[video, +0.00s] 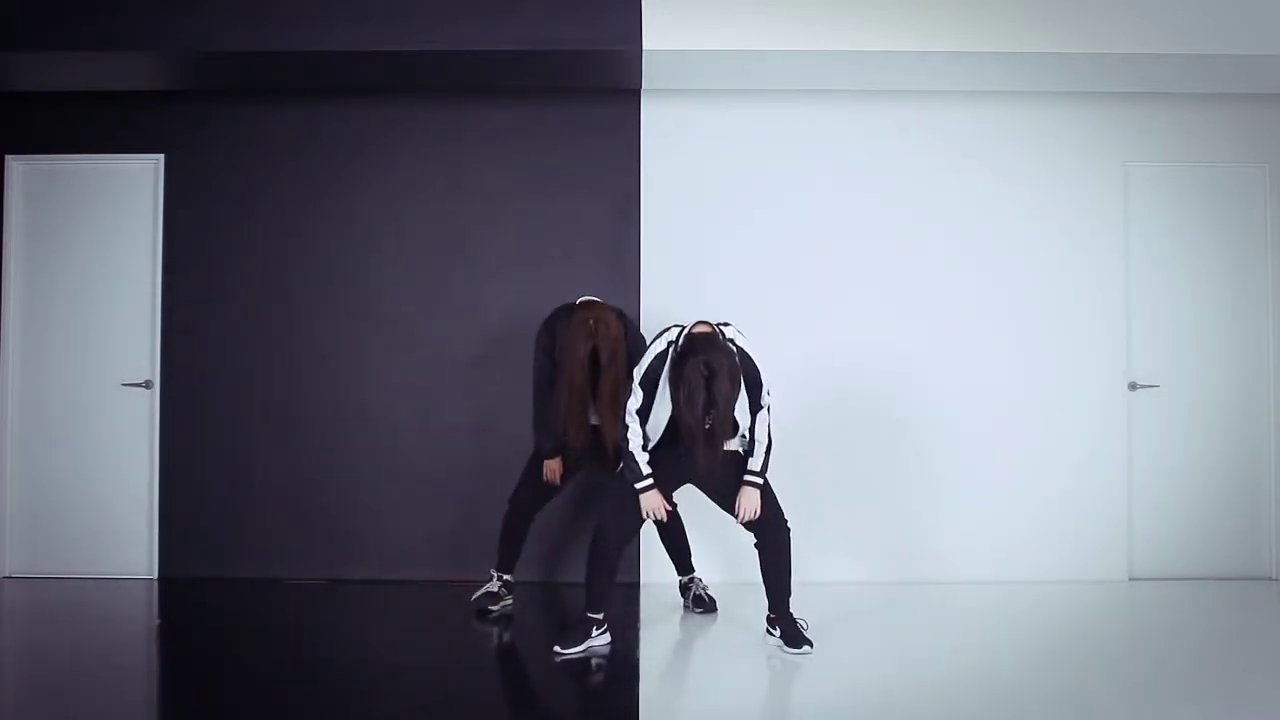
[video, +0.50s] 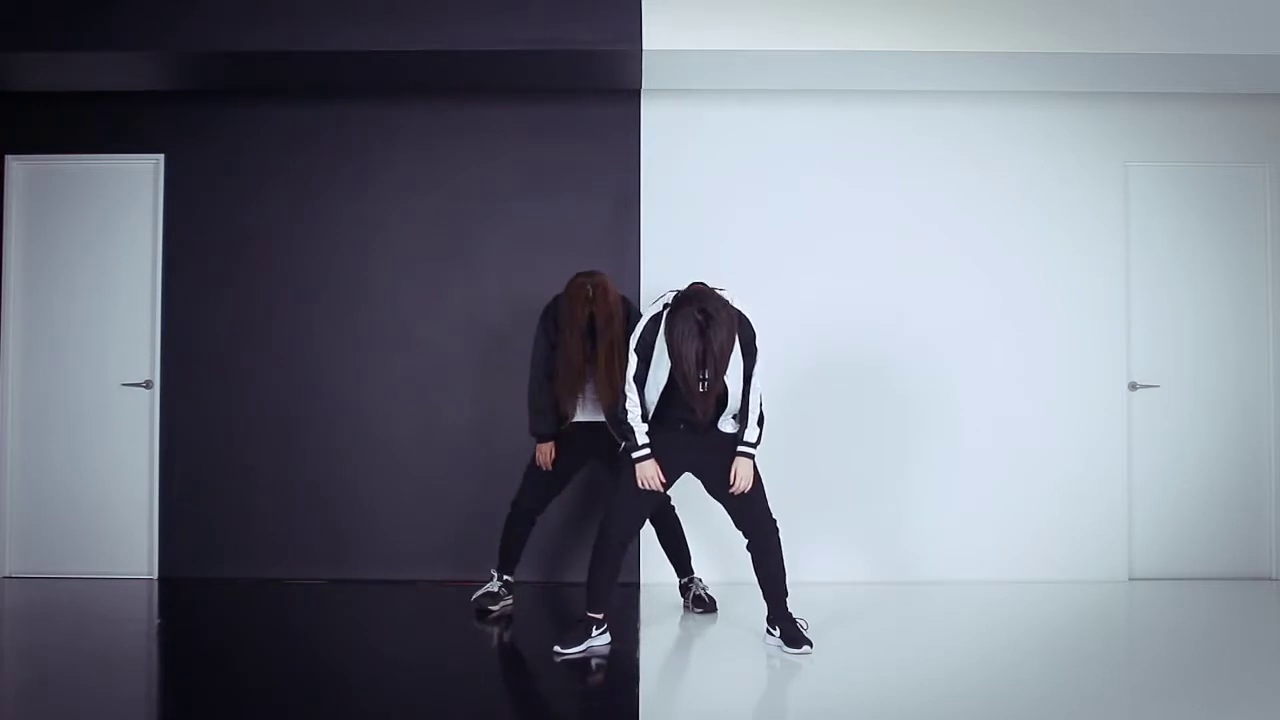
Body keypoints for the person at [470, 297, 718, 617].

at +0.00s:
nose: (594, 361)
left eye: (600, 355)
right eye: (587, 355)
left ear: (611, 335)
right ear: (573, 337)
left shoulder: (626, 330)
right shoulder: (554, 330)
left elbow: (645, 387)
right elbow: (544, 393)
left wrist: (642, 444)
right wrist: (549, 450)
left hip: (619, 437)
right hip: (567, 439)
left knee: (660, 501)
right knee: (523, 503)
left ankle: (690, 583)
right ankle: (501, 582)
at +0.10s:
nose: (595, 356)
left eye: (601, 350)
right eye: (587, 350)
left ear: (611, 330)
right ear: (573, 332)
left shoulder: (626, 326)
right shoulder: (554, 326)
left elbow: (645, 385)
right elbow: (543, 390)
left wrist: (642, 443)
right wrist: (548, 447)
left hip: (619, 437)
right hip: (568, 439)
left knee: (660, 503)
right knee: (524, 502)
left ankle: (690, 583)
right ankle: (501, 581)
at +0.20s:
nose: (594, 351)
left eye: (601, 345)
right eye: (586, 345)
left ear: (612, 327)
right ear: (574, 327)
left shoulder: (629, 327)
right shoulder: (555, 323)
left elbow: (645, 386)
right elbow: (542, 387)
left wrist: (640, 446)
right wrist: (546, 444)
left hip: (618, 436)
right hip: (568, 438)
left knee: (659, 502)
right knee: (524, 503)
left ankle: (690, 583)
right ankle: (501, 581)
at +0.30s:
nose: (594, 345)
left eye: (601, 337)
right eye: (586, 337)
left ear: (612, 320)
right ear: (573, 322)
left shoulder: (628, 322)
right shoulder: (555, 321)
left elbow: (645, 381)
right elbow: (541, 383)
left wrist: (640, 443)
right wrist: (545, 441)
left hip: (619, 436)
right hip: (568, 437)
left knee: (659, 503)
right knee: (524, 504)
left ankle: (690, 583)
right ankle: (501, 582)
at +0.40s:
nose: (594, 336)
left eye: (601, 327)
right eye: (586, 328)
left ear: (611, 313)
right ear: (573, 315)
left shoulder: (627, 317)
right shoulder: (555, 318)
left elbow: (646, 375)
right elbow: (541, 378)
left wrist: (645, 436)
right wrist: (544, 436)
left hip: (619, 434)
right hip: (569, 435)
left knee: (659, 504)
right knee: (525, 505)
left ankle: (690, 583)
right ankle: (501, 582)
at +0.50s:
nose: (594, 330)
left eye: (600, 321)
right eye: (585, 323)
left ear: (611, 308)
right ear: (573, 310)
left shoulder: (628, 316)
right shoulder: (555, 314)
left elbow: (644, 374)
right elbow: (540, 375)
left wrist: (645, 434)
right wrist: (544, 433)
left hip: (618, 432)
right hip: (568, 434)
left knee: (659, 504)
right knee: (526, 505)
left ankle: (690, 583)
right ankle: (502, 581)